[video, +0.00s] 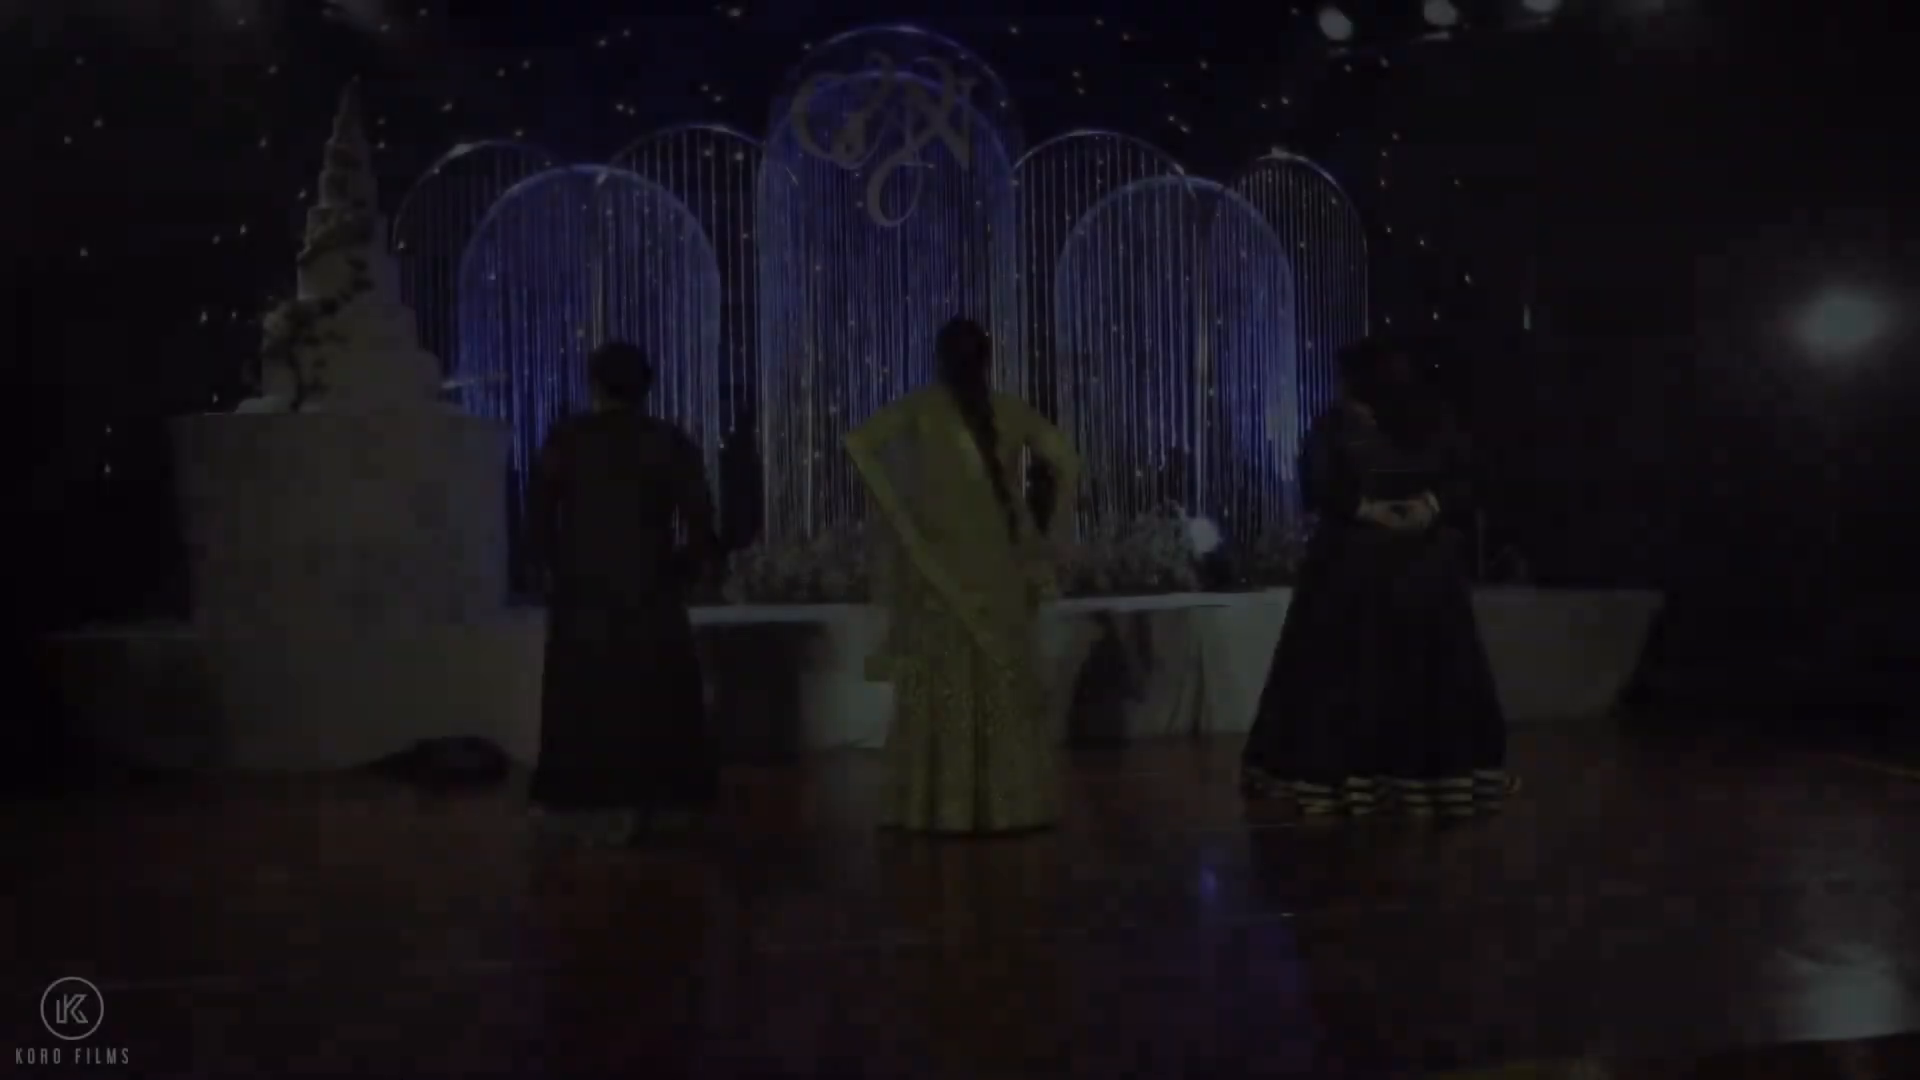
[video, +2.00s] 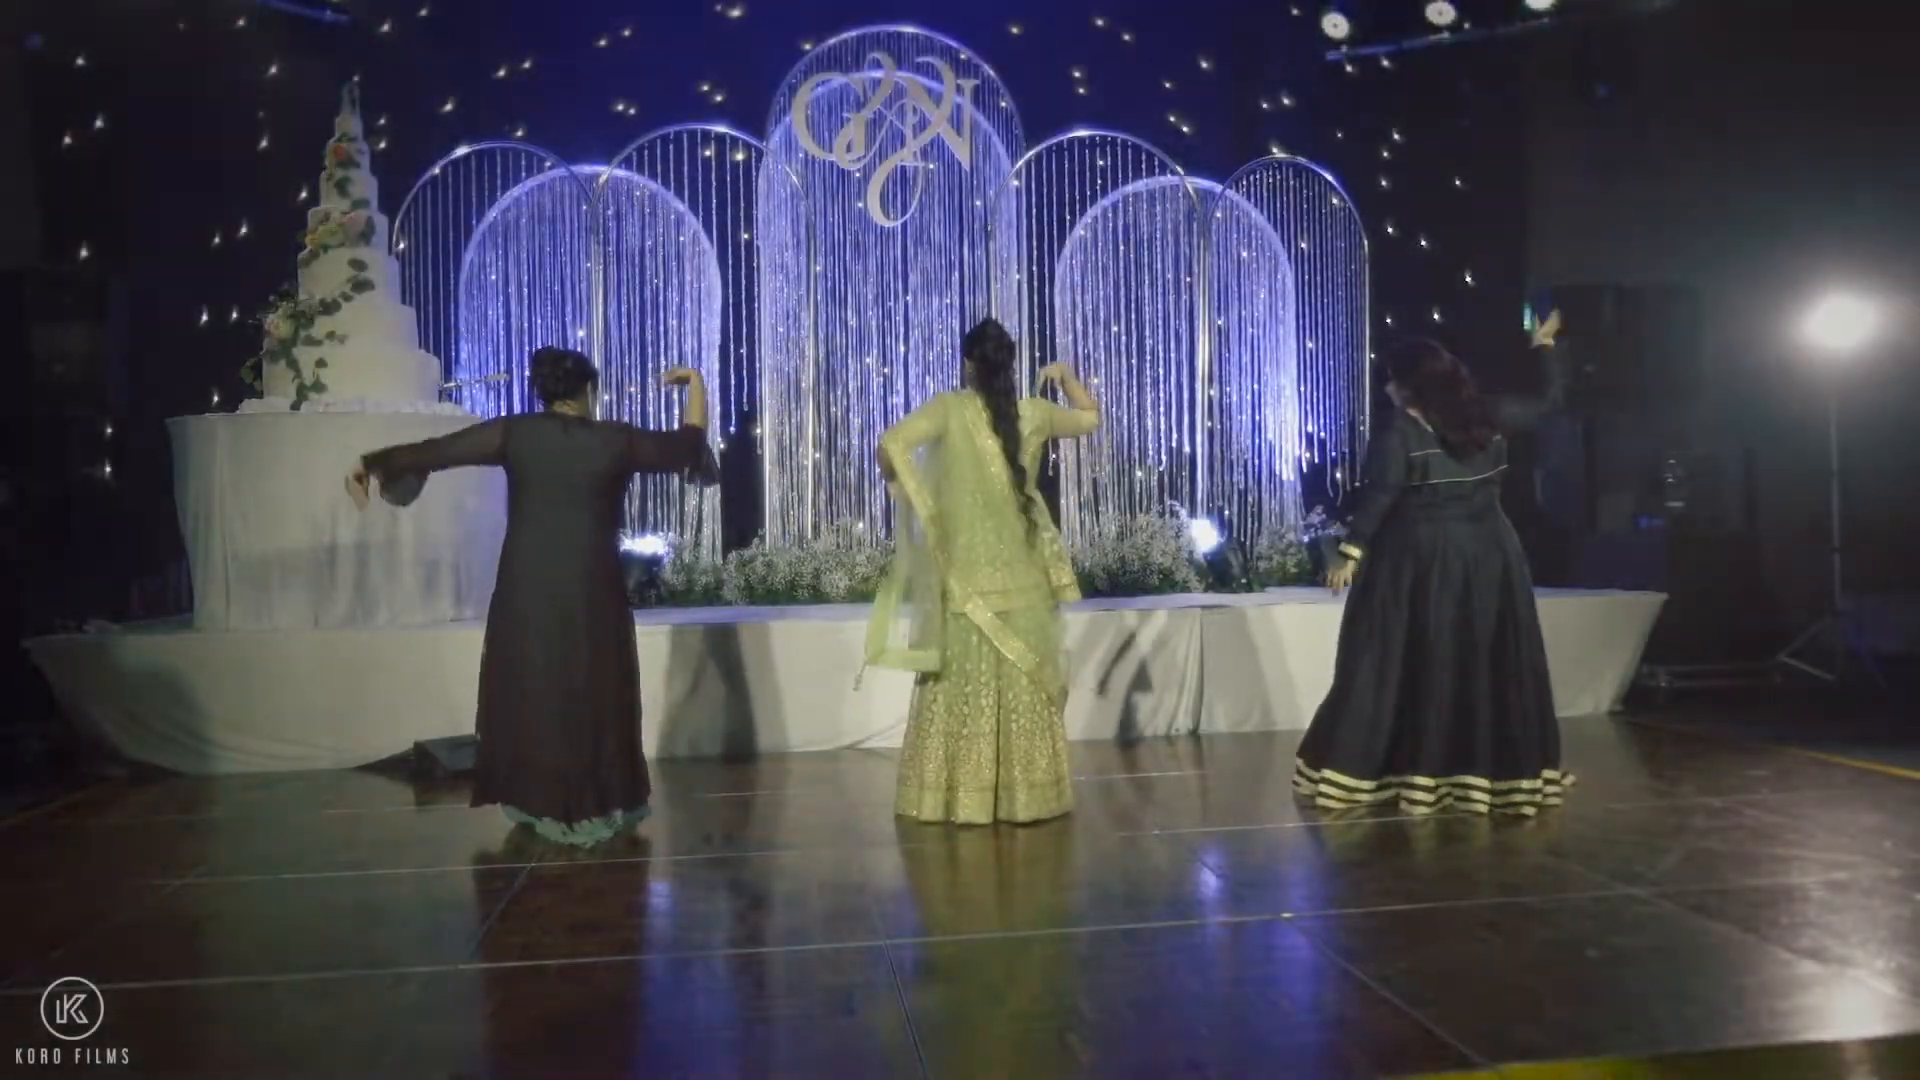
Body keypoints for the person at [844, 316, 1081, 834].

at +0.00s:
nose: (974, 365)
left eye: (968, 353)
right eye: (974, 354)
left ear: (939, 359)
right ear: (986, 358)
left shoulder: (921, 405)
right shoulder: (1008, 409)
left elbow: (859, 443)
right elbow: (1065, 460)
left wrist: (901, 520)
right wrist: (1052, 533)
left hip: (937, 563)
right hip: (997, 564)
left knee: (940, 686)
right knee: (1001, 684)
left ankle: (943, 806)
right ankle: (1005, 805)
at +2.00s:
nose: (963, 366)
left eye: (964, 359)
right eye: (976, 359)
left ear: (967, 363)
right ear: (1010, 363)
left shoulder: (948, 407)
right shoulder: (1033, 414)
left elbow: (890, 445)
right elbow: (1090, 418)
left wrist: (922, 508)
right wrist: (1067, 375)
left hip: (964, 571)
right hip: (1023, 571)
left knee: (964, 689)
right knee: (1025, 686)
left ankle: (964, 797)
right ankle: (1024, 798)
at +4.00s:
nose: (954, 368)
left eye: (954, 361)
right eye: (959, 360)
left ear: (960, 363)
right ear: (998, 360)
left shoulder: (946, 409)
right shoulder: (1028, 412)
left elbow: (895, 456)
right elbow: (1088, 448)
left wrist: (837, 431)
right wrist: (1128, 442)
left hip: (966, 576)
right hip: (1027, 574)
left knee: (966, 691)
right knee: (1030, 686)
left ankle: (969, 797)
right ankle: (1032, 795)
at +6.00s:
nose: (970, 375)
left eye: (977, 366)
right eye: (960, 368)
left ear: (991, 369)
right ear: (947, 373)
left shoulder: (1015, 416)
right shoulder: (930, 418)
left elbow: (1036, 486)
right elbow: (872, 461)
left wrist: (989, 494)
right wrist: (885, 522)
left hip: (997, 563)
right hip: (936, 563)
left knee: (999, 674)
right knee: (932, 675)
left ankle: (998, 790)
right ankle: (939, 789)